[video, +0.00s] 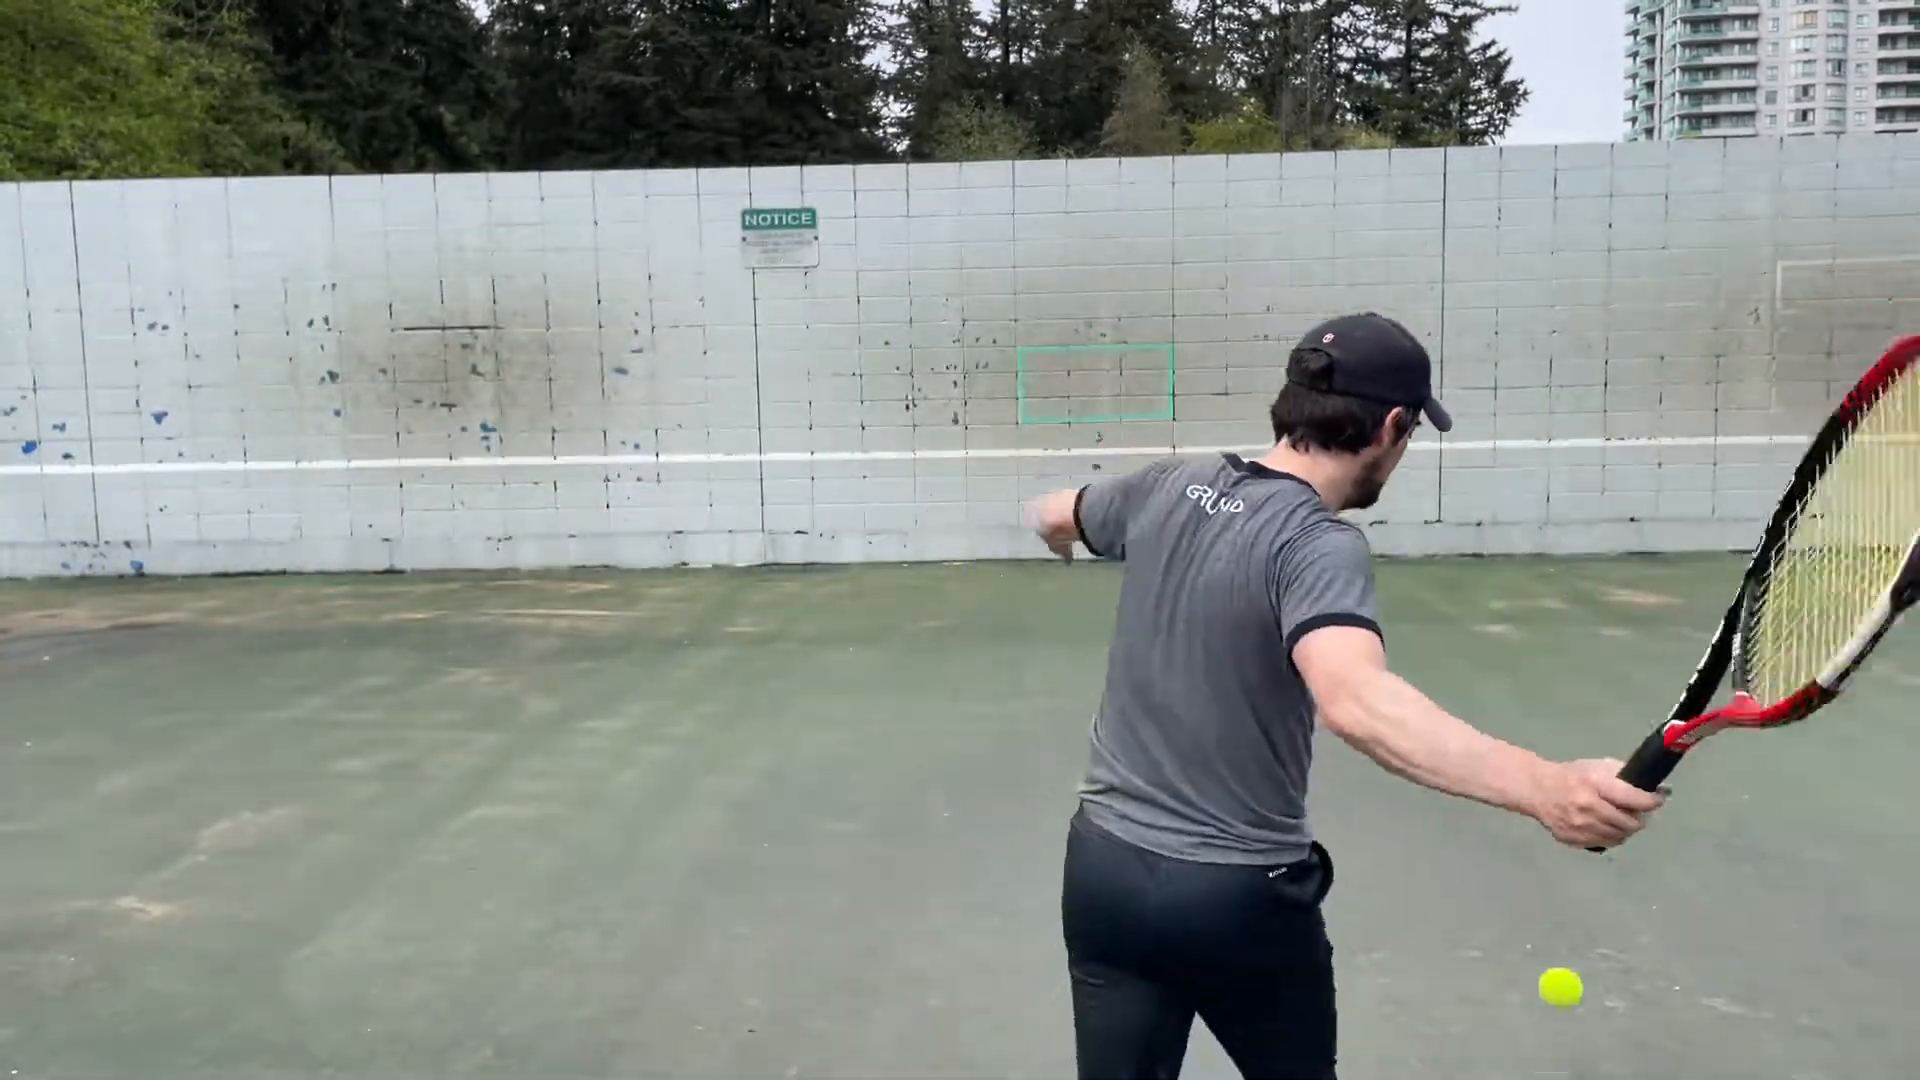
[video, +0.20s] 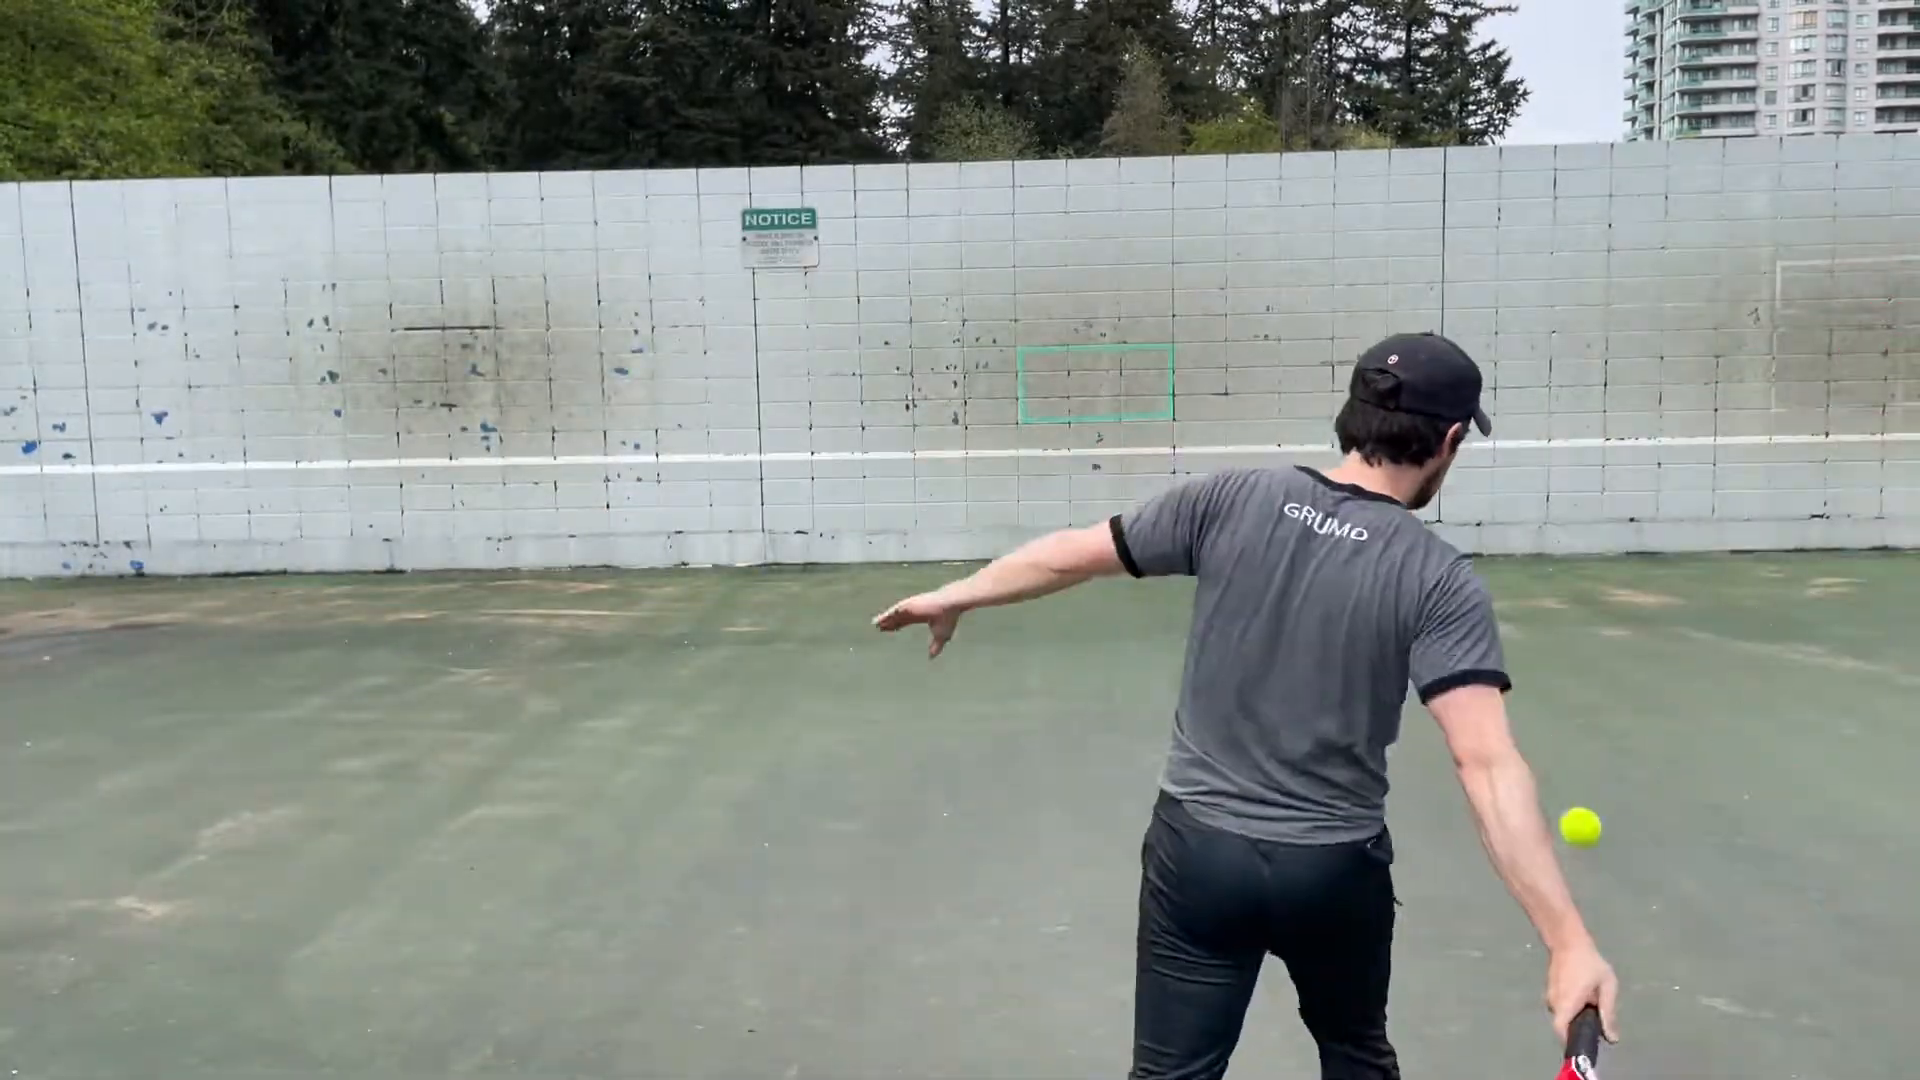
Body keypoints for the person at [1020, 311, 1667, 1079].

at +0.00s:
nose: (1403, 450)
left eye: (1412, 433)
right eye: (1410, 430)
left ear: (1292, 404)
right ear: (1387, 428)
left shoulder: (1169, 486)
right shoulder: (1318, 542)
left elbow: (1055, 516)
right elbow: (1354, 699)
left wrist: (1068, 518)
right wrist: (1545, 786)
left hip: (1106, 870)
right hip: (1242, 899)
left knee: (1116, 1070)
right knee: (1295, 1064)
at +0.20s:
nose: (1461, 454)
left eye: (1465, 436)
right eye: (1465, 439)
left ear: (1353, 417)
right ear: (1448, 441)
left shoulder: (1238, 493)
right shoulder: (1433, 571)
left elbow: (1074, 555)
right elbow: (1490, 765)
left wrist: (953, 597)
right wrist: (1569, 941)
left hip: (1197, 858)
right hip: (1334, 872)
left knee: (1171, 1063)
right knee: (1356, 1048)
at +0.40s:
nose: (1456, 376)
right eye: (1455, 363)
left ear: (1342, 354)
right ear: (1443, 379)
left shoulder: (1273, 473)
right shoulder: (1455, 509)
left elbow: (1159, 623)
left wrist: (1059, 744)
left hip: (1251, 805)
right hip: (1376, 815)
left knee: (1196, 1019)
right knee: (1363, 1028)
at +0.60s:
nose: (1317, 330)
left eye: (1322, 317)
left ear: (1325, 334)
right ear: (1424, 351)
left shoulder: (1303, 484)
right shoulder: (1436, 452)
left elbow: (1240, 664)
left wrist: (1170, 781)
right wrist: (1214, 356)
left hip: (1284, 787)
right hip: (1394, 786)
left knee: (1211, 1014)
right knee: (1366, 1018)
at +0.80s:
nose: (1275, 335)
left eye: (1279, 324)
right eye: (1288, 323)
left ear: (1285, 341)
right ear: (1386, 350)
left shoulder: (1293, 491)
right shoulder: (1405, 450)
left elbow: (1258, 680)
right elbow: (1242, 423)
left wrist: (1164, 750)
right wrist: (1109, 426)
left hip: (1282, 792)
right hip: (1386, 785)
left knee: (1202, 1027)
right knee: (1361, 1024)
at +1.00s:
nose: (1211, 348)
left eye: (1215, 338)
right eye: (1223, 335)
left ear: (1222, 357)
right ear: (1326, 364)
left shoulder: (1218, 496)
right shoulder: (1365, 479)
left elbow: (1205, 693)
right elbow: (1288, 606)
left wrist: (1130, 720)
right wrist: (1152, 634)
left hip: (1234, 816)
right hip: (1349, 808)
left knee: (1200, 1056)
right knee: (1334, 1029)